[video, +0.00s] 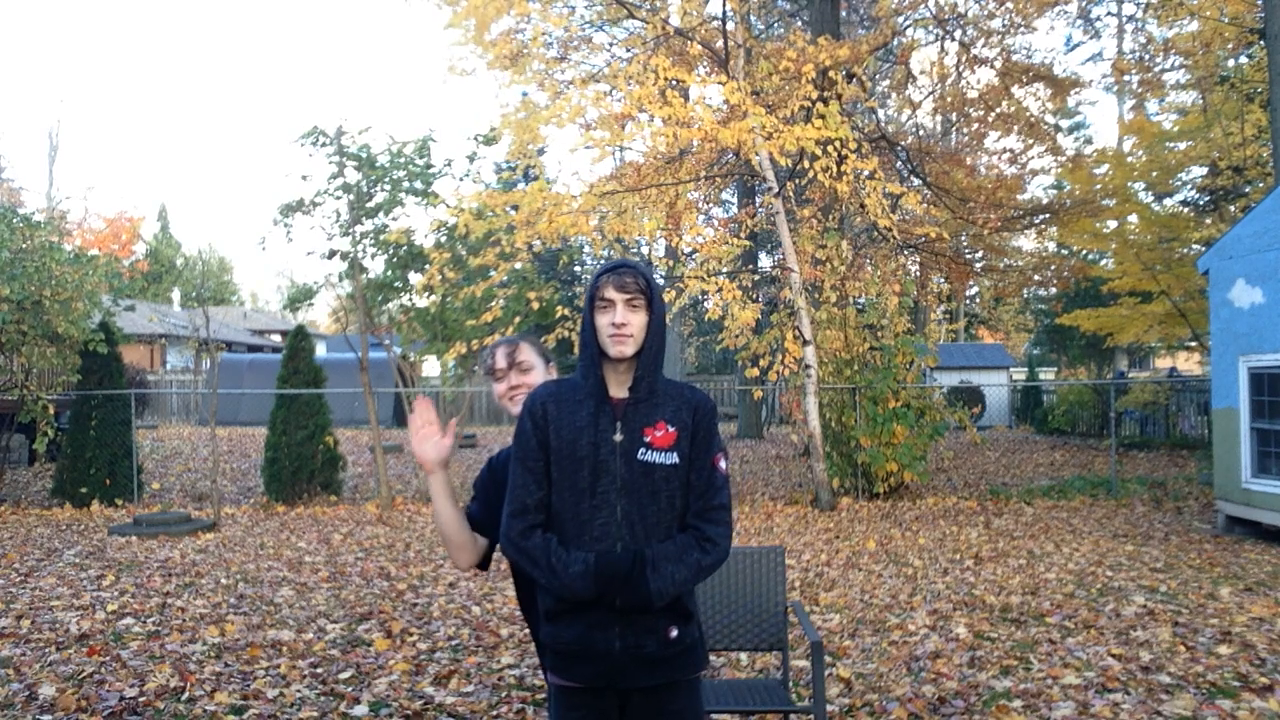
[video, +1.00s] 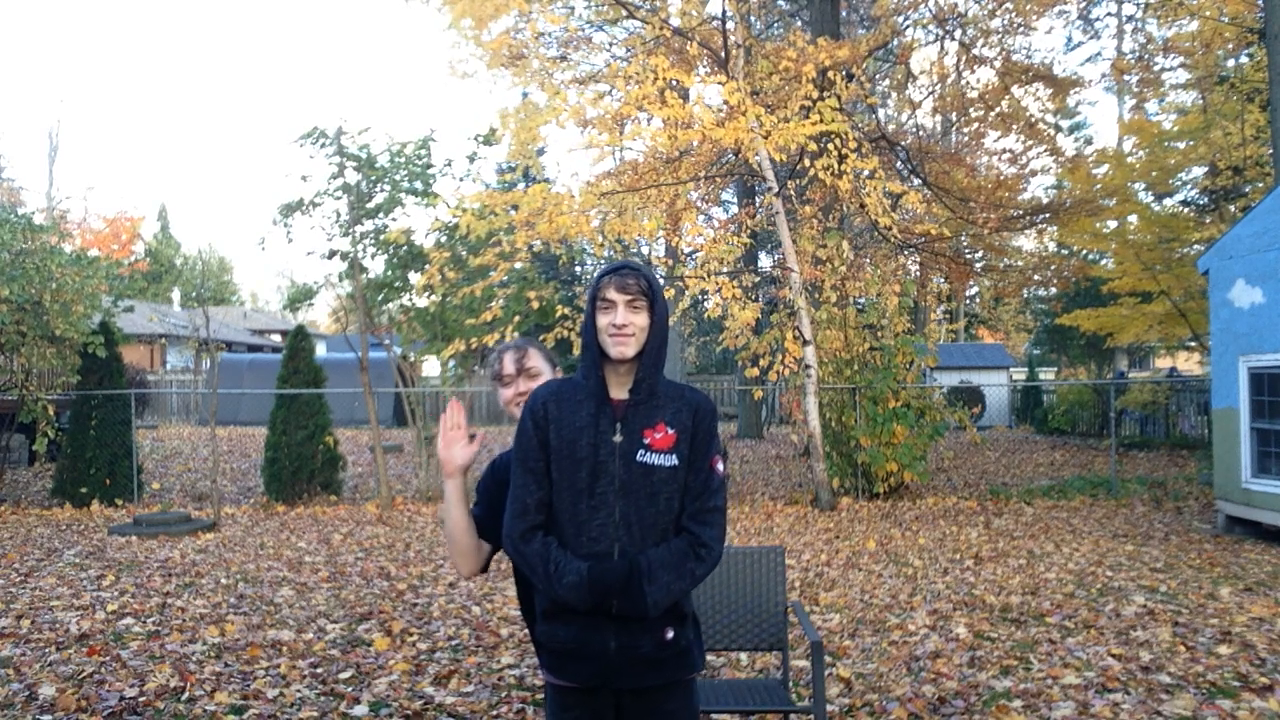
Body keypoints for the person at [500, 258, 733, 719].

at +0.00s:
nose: (618, 319)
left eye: (633, 306)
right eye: (605, 306)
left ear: (653, 318)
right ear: (590, 319)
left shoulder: (691, 408)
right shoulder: (545, 406)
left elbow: (713, 531)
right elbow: (518, 530)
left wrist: (646, 574)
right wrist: (588, 575)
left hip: (667, 655)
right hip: (575, 660)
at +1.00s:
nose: (619, 320)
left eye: (634, 307)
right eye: (606, 307)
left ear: (655, 320)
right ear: (591, 319)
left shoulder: (691, 409)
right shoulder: (546, 405)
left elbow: (705, 535)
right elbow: (521, 531)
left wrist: (636, 581)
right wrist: (585, 581)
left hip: (662, 655)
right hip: (572, 659)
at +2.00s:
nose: (632, 320)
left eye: (645, 307)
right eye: (618, 308)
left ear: (667, 319)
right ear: (603, 321)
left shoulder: (702, 411)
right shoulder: (559, 404)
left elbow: (715, 539)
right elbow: (526, 525)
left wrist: (645, 579)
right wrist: (592, 579)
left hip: (668, 654)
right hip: (578, 654)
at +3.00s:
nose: (612, 325)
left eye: (627, 313)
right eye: (599, 310)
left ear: (642, 329)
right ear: (578, 322)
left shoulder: (683, 400)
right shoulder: (541, 416)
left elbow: (718, 518)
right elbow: (534, 543)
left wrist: (658, 576)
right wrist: (602, 587)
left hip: (682, 649)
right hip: (593, 654)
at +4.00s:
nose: (626, 311)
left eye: (642, 299)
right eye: (613, 298)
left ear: (661, 316)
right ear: (596, 312)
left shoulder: (703, 399)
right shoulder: (559, 403)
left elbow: (735, 520)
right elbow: (534, 527)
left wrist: (669, 566)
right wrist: (608, 570)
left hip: (684, 645)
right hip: (594, 648)